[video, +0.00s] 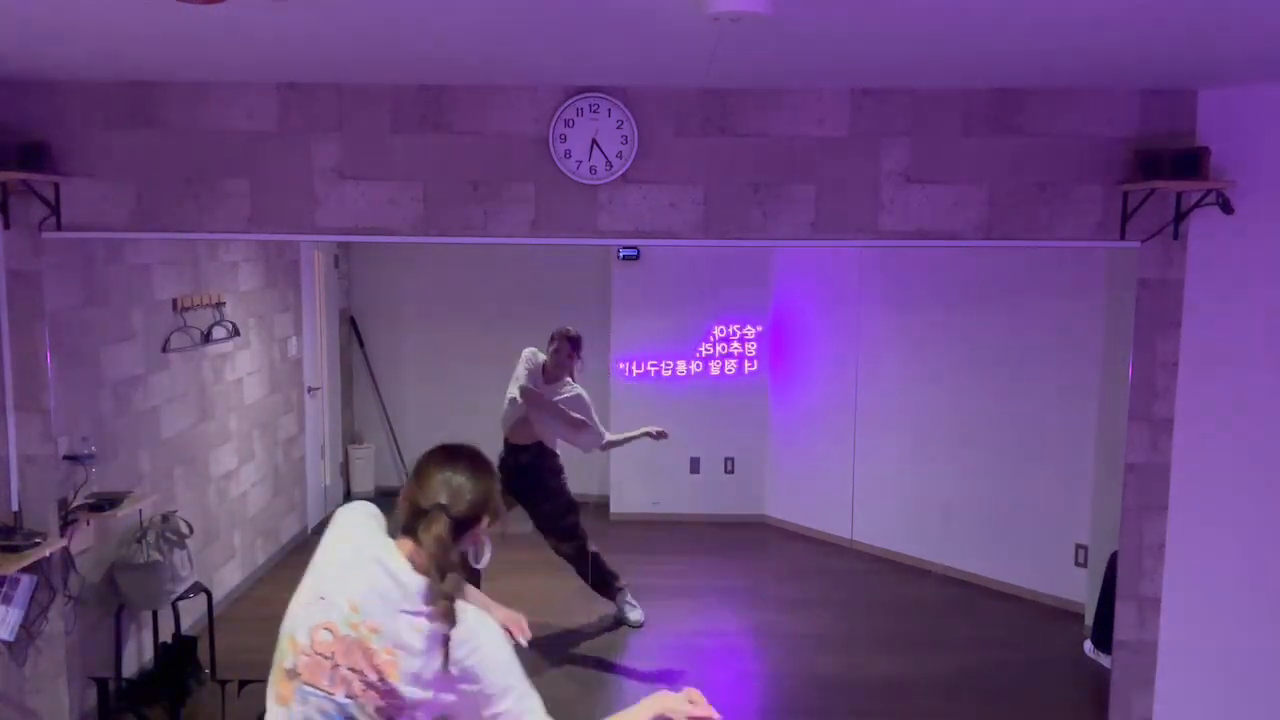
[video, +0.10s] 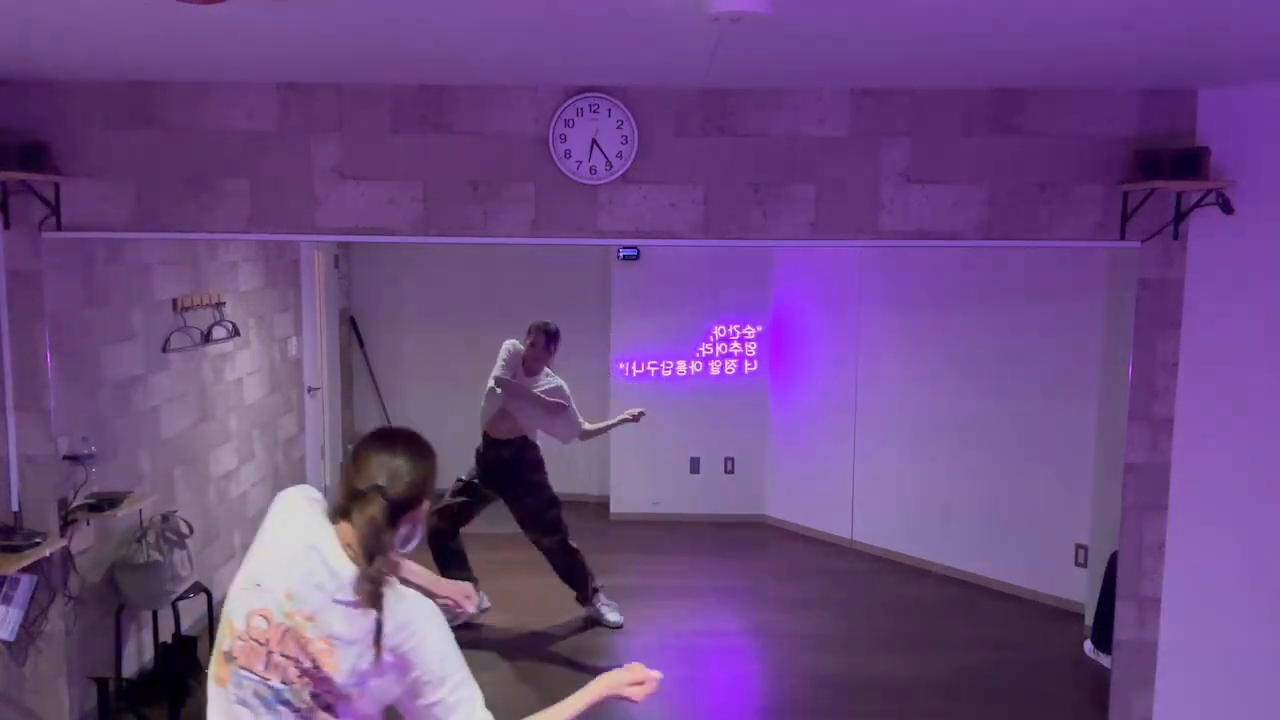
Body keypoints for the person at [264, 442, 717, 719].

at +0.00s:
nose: (495, 536)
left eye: (497, 524)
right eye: (497, 525)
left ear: (406, 500)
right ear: (478, 535)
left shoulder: (349, 523)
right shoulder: (471, 636)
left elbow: (412, 561)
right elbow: (529, 711)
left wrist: (485, 605)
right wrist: (645, 712)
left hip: (290, 705)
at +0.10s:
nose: (429, 513)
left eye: (430, 501)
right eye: (430, 502)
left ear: (345, 482)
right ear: (418, 514)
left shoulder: (288, 509)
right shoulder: (407, 619)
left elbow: (358, 537)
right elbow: (479, 718)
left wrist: (430, 581)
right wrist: (599, 688)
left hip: (229, 709)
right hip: (330, 713)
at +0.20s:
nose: (372, 482)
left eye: (368, 469)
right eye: (374, 471)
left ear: (292, 463)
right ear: (365, 489)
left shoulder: (233, 499)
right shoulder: (364, 594)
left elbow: (278, 488)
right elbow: (430, 715)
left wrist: (342, 496)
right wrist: (554, 687)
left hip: (191, 706)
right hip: (306, 709)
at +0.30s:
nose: (327, 464)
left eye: (326, 450)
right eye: (330, 453)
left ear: (238, 445)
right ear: (318, 467)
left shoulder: (186, 493)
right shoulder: (327, 559)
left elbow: (232, 465)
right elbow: (400, 698)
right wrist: (508, 701)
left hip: (167, 706)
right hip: (283, 711)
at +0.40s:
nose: (294, 444)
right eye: (294, 433)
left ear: (199, 431)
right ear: (282, 446)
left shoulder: (154, 485)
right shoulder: (307, 523)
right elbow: (372, 672)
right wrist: (425, 716)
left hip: (153, 711)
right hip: (269, 712)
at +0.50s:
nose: (272, 429)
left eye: (270, 415)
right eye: (271, 417)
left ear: (170, 423)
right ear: (260, 432)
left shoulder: (120, 502)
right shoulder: (304, 526)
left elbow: (123, 653)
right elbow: (348, 675)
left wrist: (154, 704)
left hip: (147, 710)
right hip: (264, 711)